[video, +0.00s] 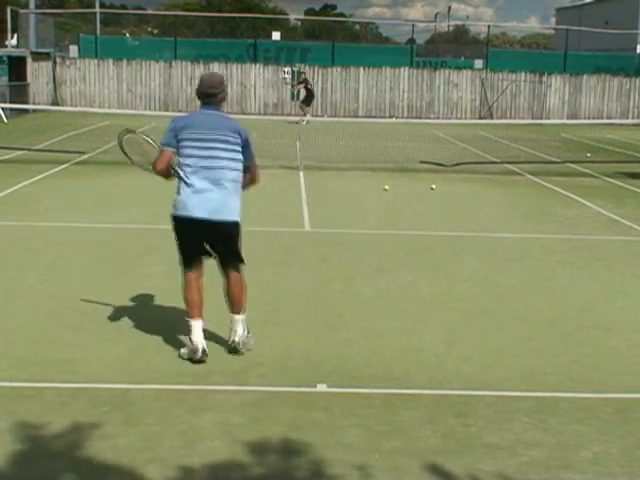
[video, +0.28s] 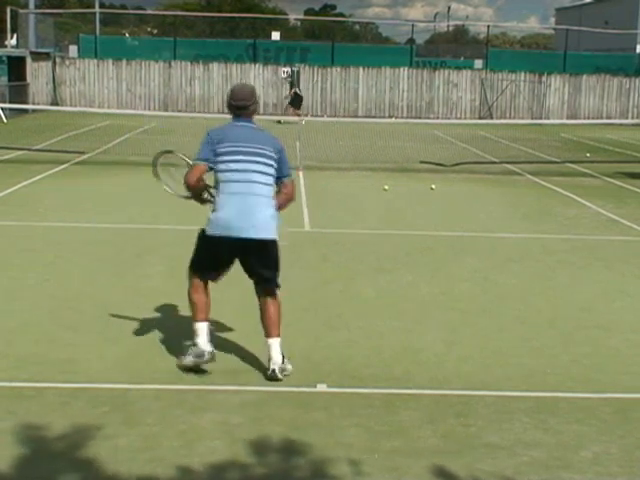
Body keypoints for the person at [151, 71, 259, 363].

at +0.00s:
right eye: (220, 93)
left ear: (197, 96)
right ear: (224, 97)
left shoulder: (180, 125)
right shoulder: (237, 130)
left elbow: (160, 167)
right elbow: (252, 177)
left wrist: (176, 171)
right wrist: (225, 182)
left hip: (188, 214)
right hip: (225, 217)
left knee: (192, 270)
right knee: (233, 268)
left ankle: (197, 342)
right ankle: (238, 333)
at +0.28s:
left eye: (234, 106)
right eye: (250, 105)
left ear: (228, 108)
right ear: (255, 109)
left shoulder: (216, 136)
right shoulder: (273, 143)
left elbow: (192, 179)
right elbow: (287, 193)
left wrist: (199, 193)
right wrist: (263, 211)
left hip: (222, 228)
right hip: (262, 231)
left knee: (199, 278)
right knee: (268, 291)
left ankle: (202, 345)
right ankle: (275, 360)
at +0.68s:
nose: (282, 102)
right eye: (281, 98)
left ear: (249, 98)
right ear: (277, 99)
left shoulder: (226, 129)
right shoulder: (287, 132)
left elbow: (202, 175)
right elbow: (302, 189)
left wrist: (233, 189)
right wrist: (282, 217)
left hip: (230, 224)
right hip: (271, 226)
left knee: (232, 297)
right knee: (288, 296)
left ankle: (229, 377)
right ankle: (302, 372)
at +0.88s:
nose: (295, 117)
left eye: (292, 112)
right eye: (294, 113)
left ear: (260, 116)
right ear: (289, 118)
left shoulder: (237, 151)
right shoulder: (299, 154)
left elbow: (222, 203)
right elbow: (313, 213)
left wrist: (253, 211)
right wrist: (302, 244)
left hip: (240, 251)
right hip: (282, 252)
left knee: (230, 314)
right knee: (309, 320)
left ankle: (200, 380)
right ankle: (316, 403)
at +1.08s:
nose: (283, 132)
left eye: (278, 127)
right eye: (283, 129)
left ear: (253, 129)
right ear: (281, 133)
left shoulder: (232, 157)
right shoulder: (274, 168)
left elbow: (249, 210)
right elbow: (283, 227)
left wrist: (294, 215)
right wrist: (303, 251)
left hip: (213, 259)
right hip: (252, 263)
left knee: (215, 326)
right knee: (291, 327)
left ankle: (172, 396)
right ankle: (311, 407)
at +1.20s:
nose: (279, 125)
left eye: (277, 120)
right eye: (278, 121)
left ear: (248, 119)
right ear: (274, 124)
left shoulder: (230, 145)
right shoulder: (261, 157)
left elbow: (256, 189)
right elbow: (260, 215)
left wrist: (301, 197)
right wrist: (294, 238)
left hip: (197, 246)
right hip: (231, 251)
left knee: (203, 319)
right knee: (265, 321)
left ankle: (165, 393)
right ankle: (261, 409)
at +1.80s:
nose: (304, 142)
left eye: (301, 136)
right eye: (305, 137)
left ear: (275, 133)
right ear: (301, 140)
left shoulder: (260, 156)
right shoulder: (274, 165)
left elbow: (291, 177)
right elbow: (262, 209)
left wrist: (331, 182)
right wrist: (307, 220)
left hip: (212, 251)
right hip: (235, 259)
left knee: (240, 313)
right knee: (279, 326)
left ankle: (202, 372)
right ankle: (262, 410)